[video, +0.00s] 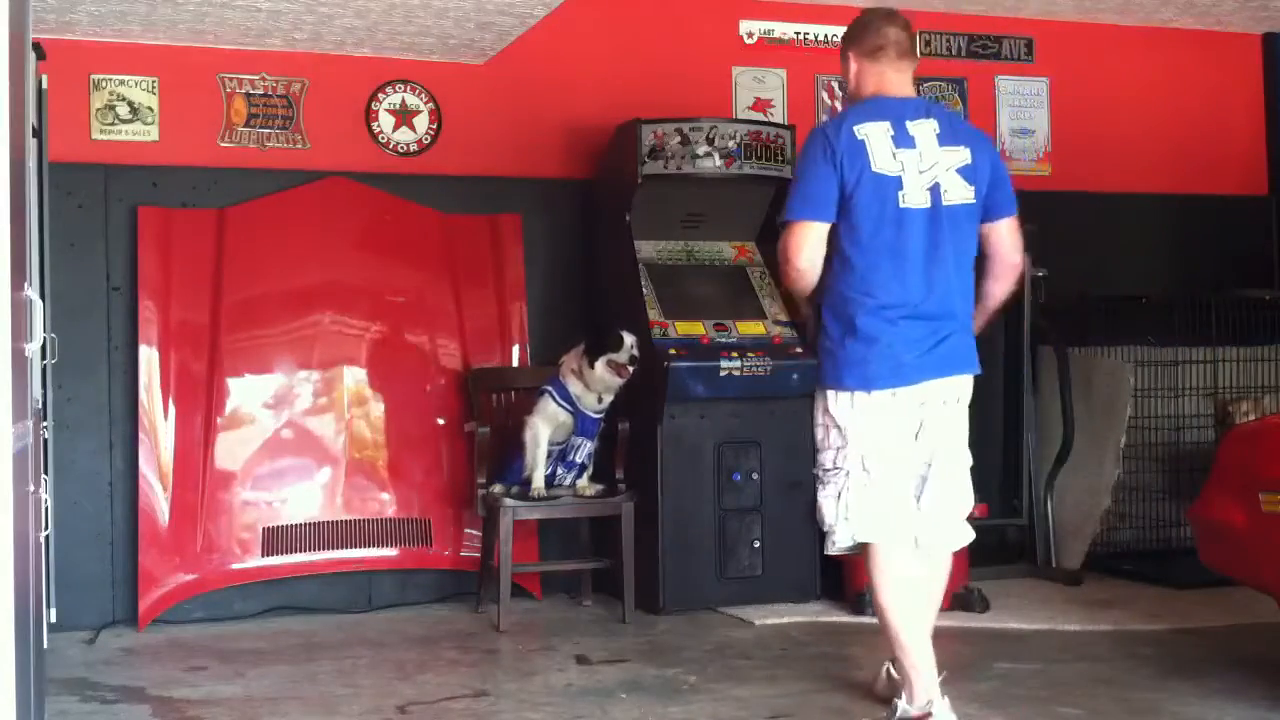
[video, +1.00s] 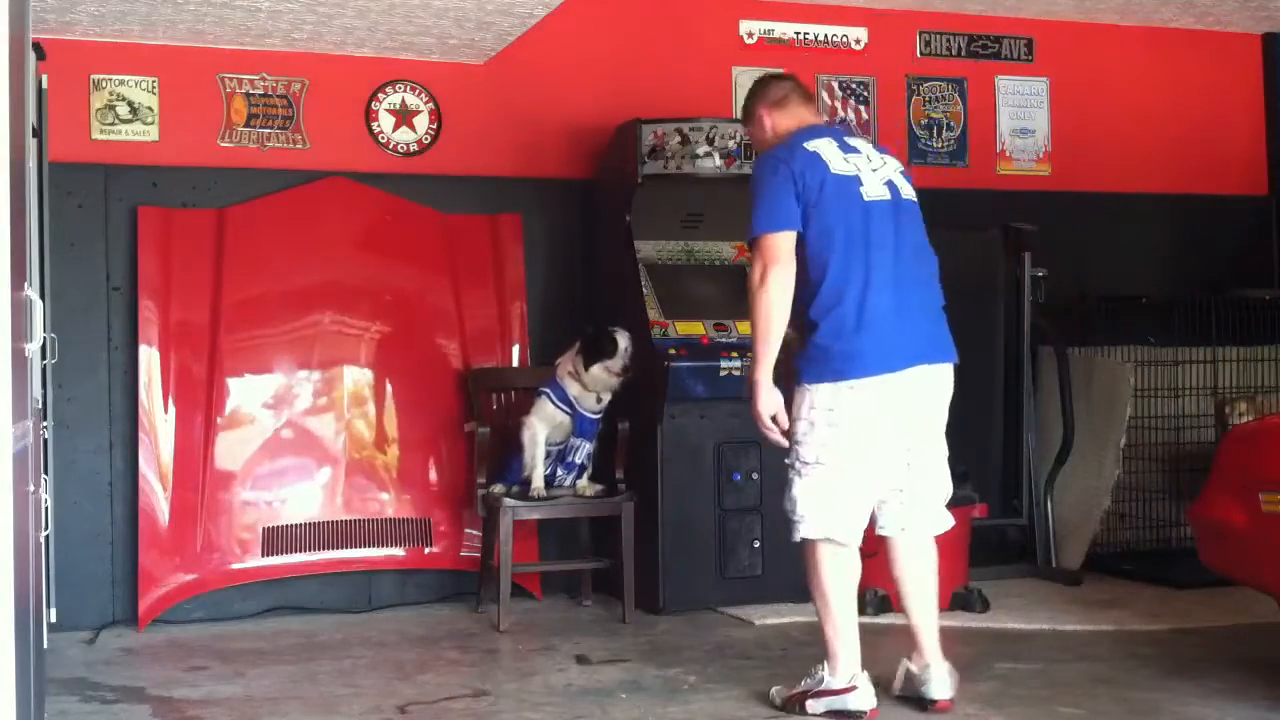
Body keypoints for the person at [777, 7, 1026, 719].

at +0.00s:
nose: (841, 79)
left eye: (841, 68)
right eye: (844, 69)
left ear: (850, 65)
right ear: (915, 64)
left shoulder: (836, 138)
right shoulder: (972, 139)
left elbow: (801, 266)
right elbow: (1007, 263)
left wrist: (814, 313)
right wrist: (962, 328)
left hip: (868, 369)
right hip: (950, 364)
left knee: (885, 532)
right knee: (936, 526)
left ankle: (928, 698)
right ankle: (906, 667)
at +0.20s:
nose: (843, 84)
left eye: (843, 73)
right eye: (845, 73)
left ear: (855, 69)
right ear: (911, 67)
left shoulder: (841, 138)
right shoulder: (967, 144)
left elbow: (805, 260)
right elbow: (984, 259)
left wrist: (784, 290)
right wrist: (915, 280)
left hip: (855, 369)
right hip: (939, 364)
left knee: (837, 516)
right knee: (926, 517)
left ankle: (905, 651)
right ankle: (908, 668)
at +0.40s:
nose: (828, 94)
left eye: (828, 82)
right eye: (830, 83)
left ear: (841, 77)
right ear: (898, 76)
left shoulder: (835, 137)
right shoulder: (954, 146)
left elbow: (796, 250)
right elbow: (961, 262)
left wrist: (767, 284)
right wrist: (887, 276)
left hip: (844, 364)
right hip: (930, 364)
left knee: (817, 509)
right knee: (920, 512)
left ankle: (850, 660)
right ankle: (914, 670)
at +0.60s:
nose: (800, 104)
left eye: (799, 93)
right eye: (800, 94)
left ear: (813, 85)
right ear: (871, 82)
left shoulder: (815, 144)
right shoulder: (929, 150)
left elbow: (795, 261)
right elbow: (953, 263)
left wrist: (778, 291)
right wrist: (895, 299)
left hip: (838, 370)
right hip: (919, 364)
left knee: (828, 520)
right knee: (910, 514)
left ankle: (842, 676)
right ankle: (910, 670)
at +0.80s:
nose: (776, 113)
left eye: (774, 102)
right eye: (776, 104)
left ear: (786, 93)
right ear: (837, 84)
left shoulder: (793, 148)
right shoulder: (908, 143)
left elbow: (783, 260)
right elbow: (942, 249)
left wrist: (766, 348)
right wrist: (874, 250)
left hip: (832, 368)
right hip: (916, 360)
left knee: (830, 521)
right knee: (907, 514)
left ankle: (842, 678)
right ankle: (911, 669)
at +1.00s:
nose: (753, 148)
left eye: (750, 137)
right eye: (748, 139)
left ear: (764, 118)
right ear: (817, 111)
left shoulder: (782, 159)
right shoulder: (880, 157)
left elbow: (775, 269)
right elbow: (898, 262)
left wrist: (762, 374)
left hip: (847, 367)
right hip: (928, 358)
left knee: (827, 520)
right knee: (912, 514)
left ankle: (843, 675)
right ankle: (931, 663)